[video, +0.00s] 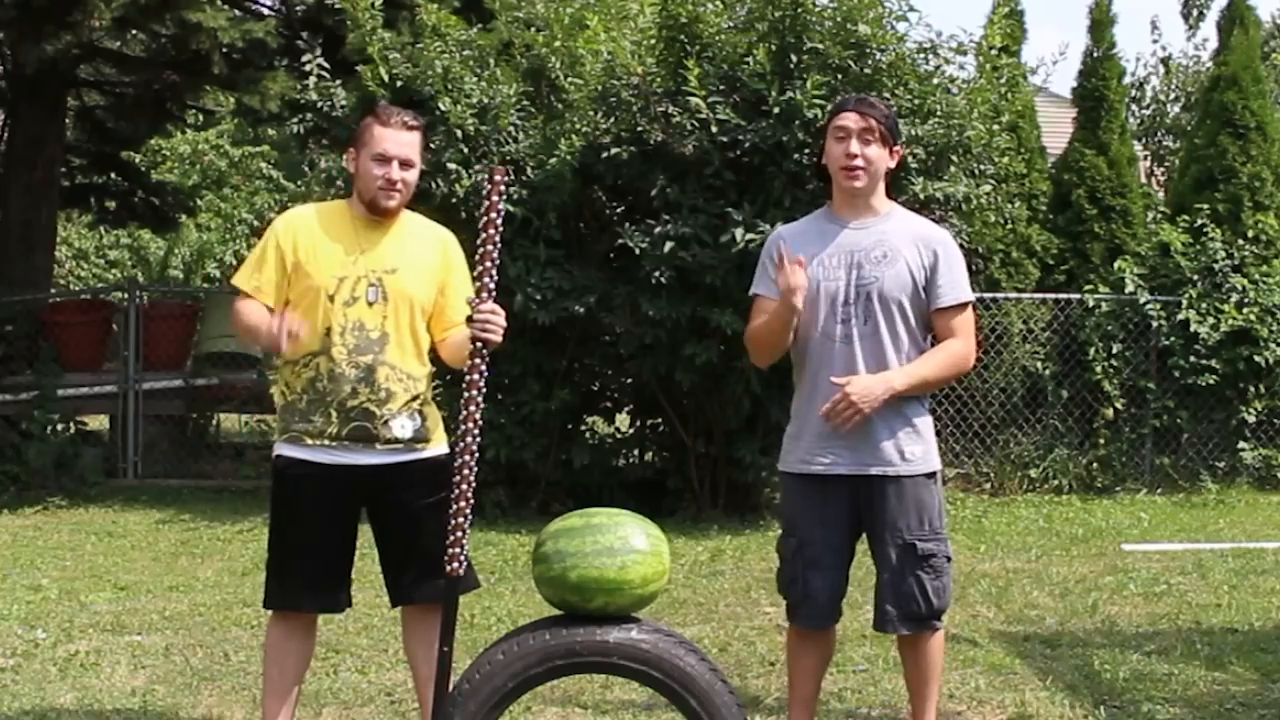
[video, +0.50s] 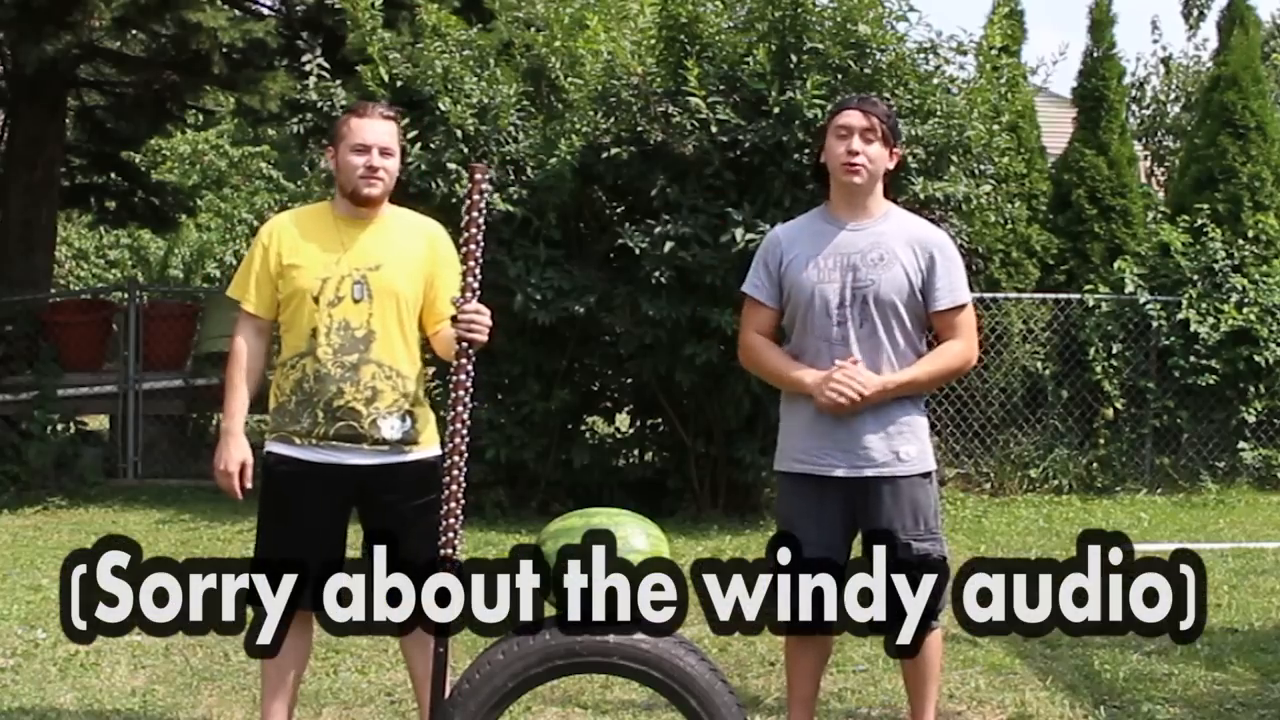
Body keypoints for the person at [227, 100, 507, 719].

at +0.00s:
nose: (395, 174)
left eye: (407, 164)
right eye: (382, 159)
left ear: (421, 172)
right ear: (351, 160)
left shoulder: (438, 244)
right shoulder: (296, 229)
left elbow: (450, 346)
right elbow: (246, 309)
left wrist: (479, 336)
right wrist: (272, 330)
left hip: (412, 454)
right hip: (312, 452)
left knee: (428, 596)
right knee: (295, 602)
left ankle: (437, 714)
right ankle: (275, 716)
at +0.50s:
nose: (373, 162)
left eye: (385, 153)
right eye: (360, 150)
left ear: (399, 164)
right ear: (332, 157)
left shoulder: (427, 238)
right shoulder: (283, 234)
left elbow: (443, 338)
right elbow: (251, 334)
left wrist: (470, 333)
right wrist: (232, 429)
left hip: (405, 458)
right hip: (302, 456)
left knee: (422, 603)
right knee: (289, 602)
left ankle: (437, 715)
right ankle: (274, 716)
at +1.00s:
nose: (356, 163)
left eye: (368, 153)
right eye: (343, 152)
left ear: (383, 163)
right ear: (314, 160)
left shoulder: (415, 236)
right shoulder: (270, 235)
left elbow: (430, 331)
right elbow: (245, 340)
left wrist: (454, 330)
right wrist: (244, 433)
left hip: (395, 456)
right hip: (295, 454)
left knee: (418, 604)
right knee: (281, 604)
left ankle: (438, 716)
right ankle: (275, 717)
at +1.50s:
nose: (365, 167)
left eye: (376, 155)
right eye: (350, 154)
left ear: (388, 164)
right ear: (317, 161)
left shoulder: (416, 237)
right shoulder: (272, 234)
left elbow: (429, 334)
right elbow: (244, 334)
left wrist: (453, 330)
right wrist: (251, 432)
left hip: (398, 457)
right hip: (299, 455)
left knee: (420, 604)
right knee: (282, 605)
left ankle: (439, 716)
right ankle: (275, 717)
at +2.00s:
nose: (403, 171)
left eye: (408, 160)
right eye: (388, 160)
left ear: (413, 163)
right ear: (344, 162)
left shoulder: (430, 239)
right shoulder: (285, 233)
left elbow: (442, 336)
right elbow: (257, 333)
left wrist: (467, 333)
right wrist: (252, 429)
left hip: (410, 460)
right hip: (309, 457)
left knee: (426, 604)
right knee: (294, 602)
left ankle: (439, 715)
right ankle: (275, 716)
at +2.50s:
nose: (401, 175)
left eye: (408, 163)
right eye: (385, 164)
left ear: (416, 165)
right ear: (345, 166)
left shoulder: (434, 239)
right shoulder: (289, 232)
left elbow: (446, 333)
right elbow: (265, 328)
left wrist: (469, 332)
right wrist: (261, 421)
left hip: (409, 463)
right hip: (309, 458)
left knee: (425, 605)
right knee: (290, 602)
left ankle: (438, 715)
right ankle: (274, 717)